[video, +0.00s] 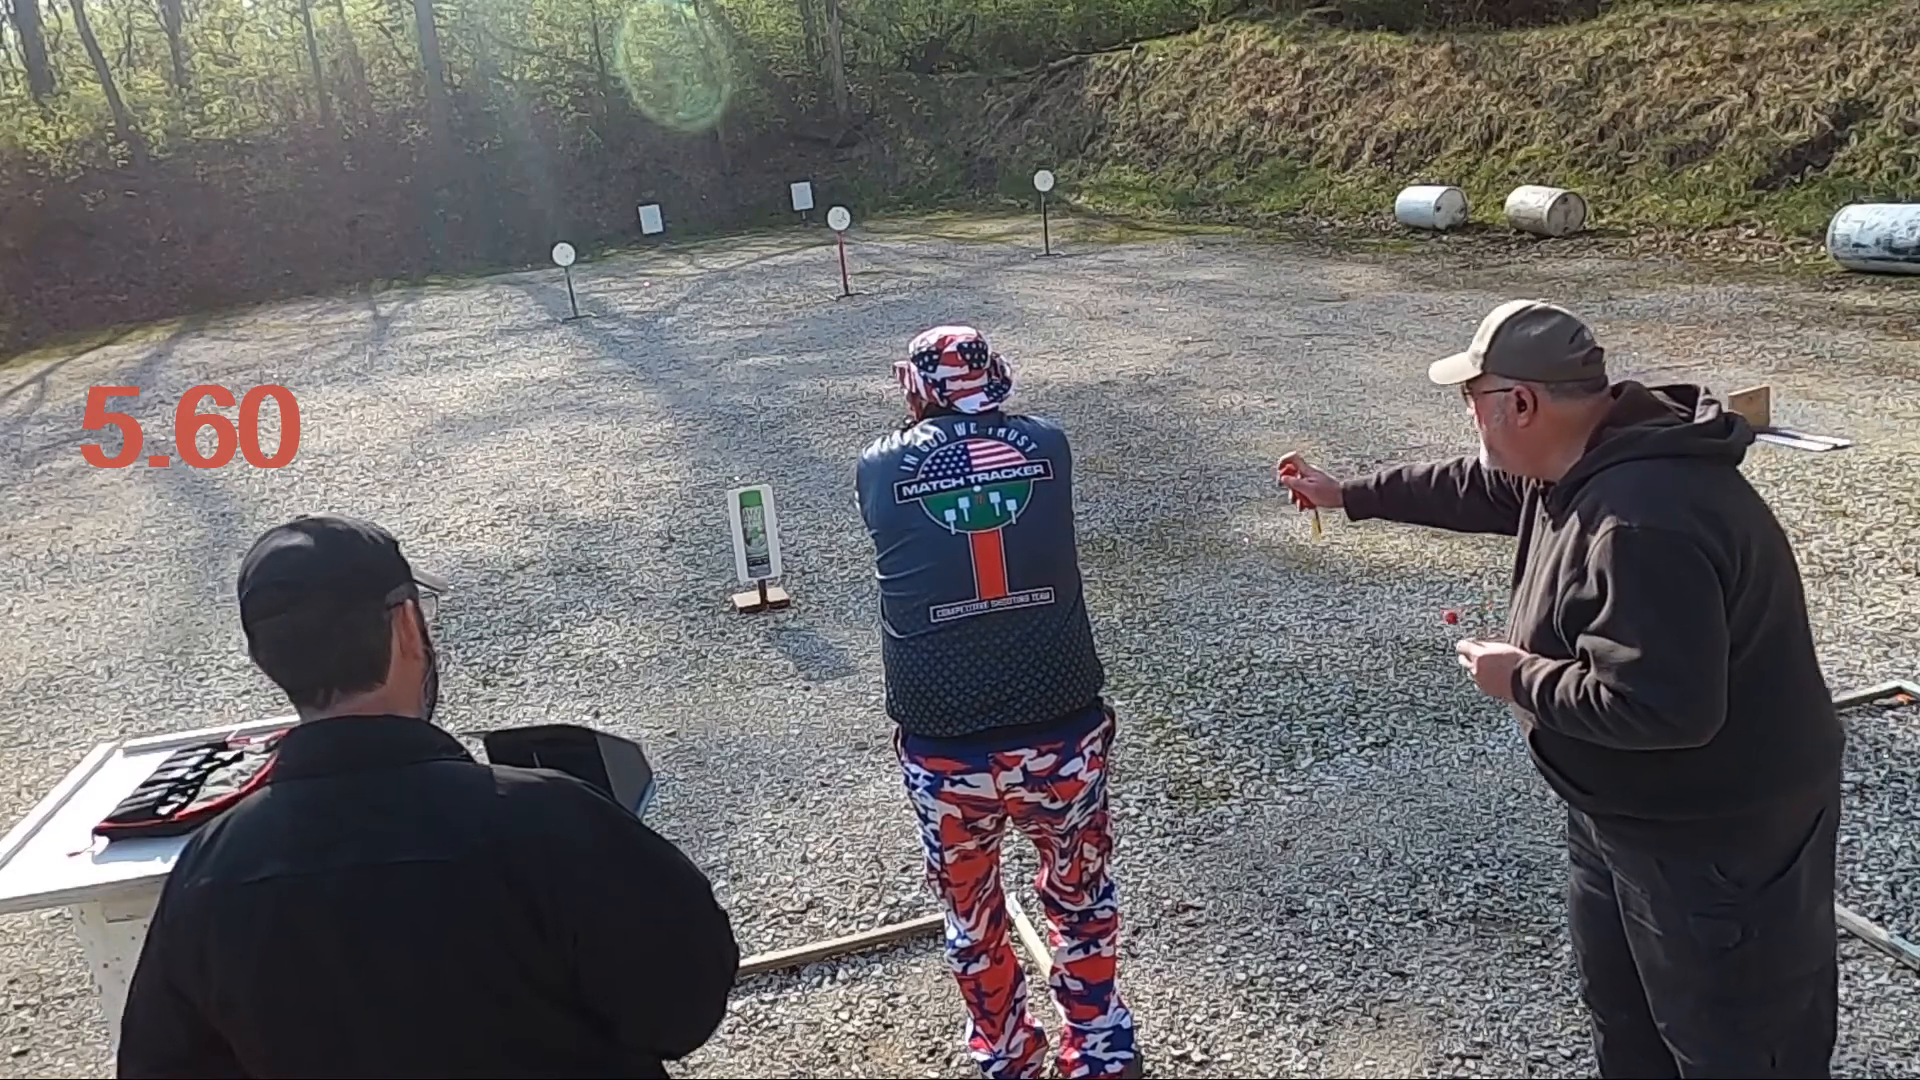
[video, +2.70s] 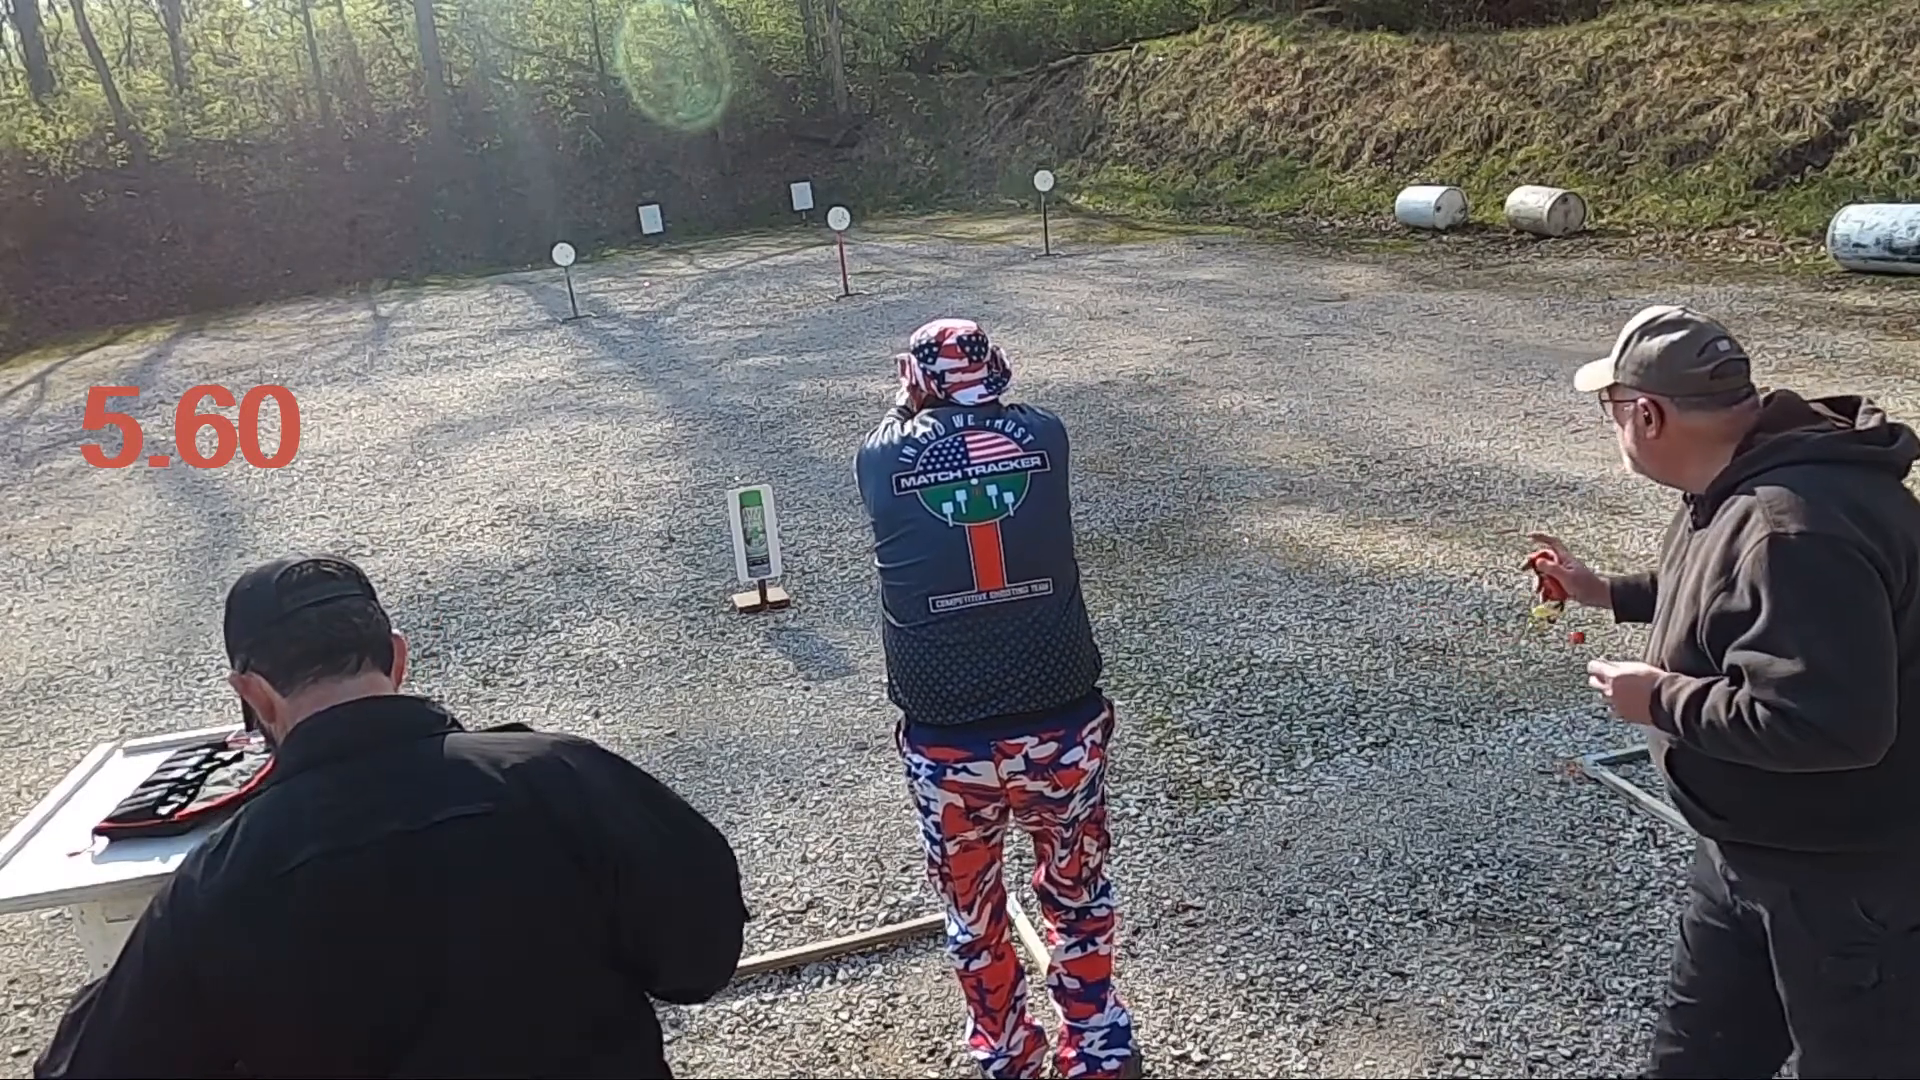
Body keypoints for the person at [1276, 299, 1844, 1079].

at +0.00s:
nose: (1472, 417)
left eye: (1475, 398)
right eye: (1469, 399)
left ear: (1521, 405)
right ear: (1531, 400)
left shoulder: (1640, 523)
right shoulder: (1569, 468)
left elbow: (1669, 708)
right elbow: (1469, 487)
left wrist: (1520, 678)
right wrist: (1344, 493)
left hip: (1714, 842)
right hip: (1620, 816)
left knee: (1736, 1055)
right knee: (1630, 1032)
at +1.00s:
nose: (1422, 404)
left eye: (1424, 388)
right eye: (1422, 388)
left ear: (1462, 391)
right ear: (1484, 387)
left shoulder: (1612, 492)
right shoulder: (1502, 454)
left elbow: (1664, 666)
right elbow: (1381, 451)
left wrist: (1503, 660)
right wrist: (1233, 444)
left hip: (1687, 812)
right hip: (1589, 796)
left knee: (1723, 1042)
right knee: (1622, 1027)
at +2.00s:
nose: (1440, 401)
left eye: (1440, 386)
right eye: (1439, 386)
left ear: (1470, 393)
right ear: (1535, 373)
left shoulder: (1619, 482)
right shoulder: (1522, 462)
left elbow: (1682, 647)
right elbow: (1434, 495)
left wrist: (1521, 655)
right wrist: (1306, 488)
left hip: (1716, 811)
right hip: (1607, 797)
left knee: (1765, 1048)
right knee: (1633, 1036)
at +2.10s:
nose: (1457, 408)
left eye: (1455, 391)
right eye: (1453, 392)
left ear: (1483, 397)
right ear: (1549, 375)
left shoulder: (1629, 491)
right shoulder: (1558, 466)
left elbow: (1682, 658)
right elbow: (1496, 529)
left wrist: (1527, 659)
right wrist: (1365, 520)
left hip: (1725, 815)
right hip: (1621, 800)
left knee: (1784, 1050)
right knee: (1638, 1036)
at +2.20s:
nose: (1478, 412)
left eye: (1476, 395)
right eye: (1475, 395)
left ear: (1504, 400)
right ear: (1577, 374)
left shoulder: (1638, 498)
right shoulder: (1589, 463)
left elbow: (1693, 674)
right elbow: (1550, 553)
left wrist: (1538, 665)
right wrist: (1431, 551)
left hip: (1742, 826)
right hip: (1637, 807)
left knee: (1801, 1051)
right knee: (1642, 1034)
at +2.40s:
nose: (1532, 422)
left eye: (1533, 405)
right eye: (1532, 404)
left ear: (1564, 413)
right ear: (1634, 390)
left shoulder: (1696, 520)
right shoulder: (1657, 470)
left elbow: (1740, 705)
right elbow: (1647, 587)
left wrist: (1585, 687)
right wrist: (1537, 579)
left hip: (1791, 848)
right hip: (1681, 819)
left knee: (1829, 1062)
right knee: (1657, 1038)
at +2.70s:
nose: (1611, 426)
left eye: (1612, 409)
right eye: (1608, 409)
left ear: (1649, 416)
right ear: (1728, 392)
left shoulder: (1795, 531)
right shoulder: (1733, 488)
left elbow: (1838, 725)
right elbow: (1715, 603)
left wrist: (1666, 701)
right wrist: (1600, 593)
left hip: (1842, 881)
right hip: (1747, 855)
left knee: (1855, 1064)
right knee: (1698, 1056)